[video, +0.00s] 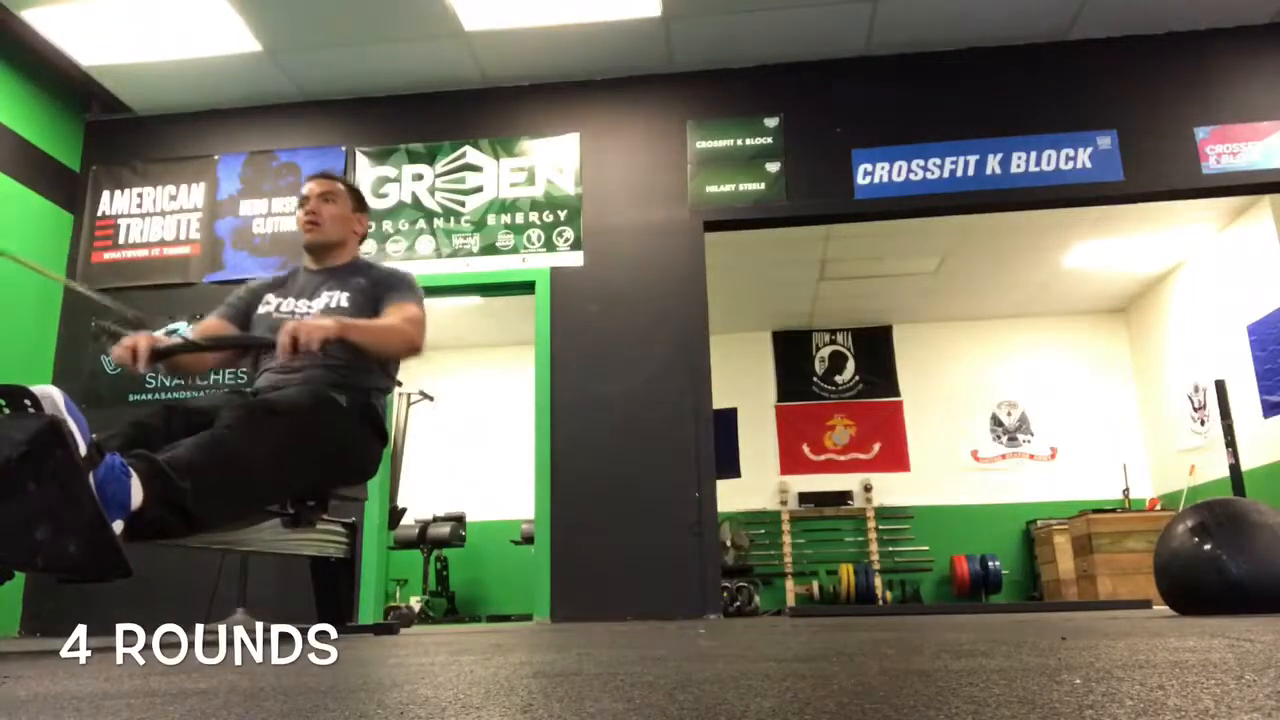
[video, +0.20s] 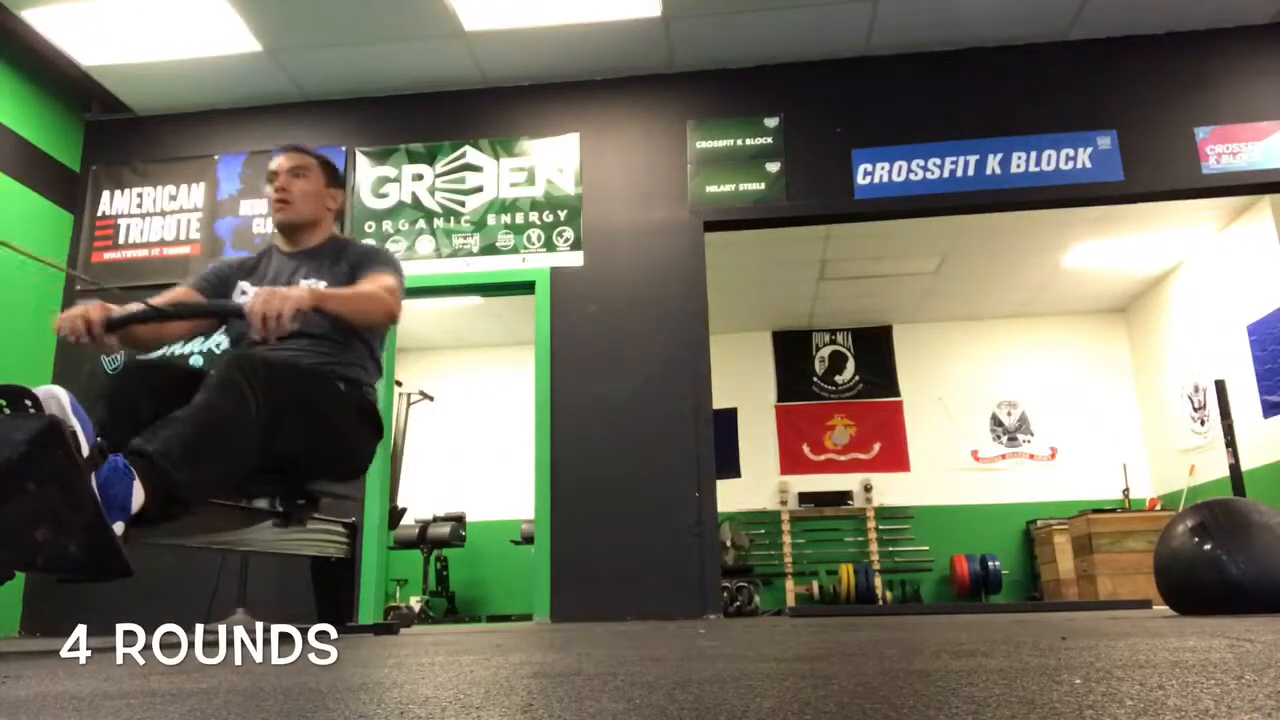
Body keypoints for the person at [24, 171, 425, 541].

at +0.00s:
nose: (310, 209)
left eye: (326, 200)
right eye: (304, 203)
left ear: (360, 223)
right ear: (298, 222)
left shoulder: (386, 279)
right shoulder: (266, 291)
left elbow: (409, 336)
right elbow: (205, 347)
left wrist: (338, 327)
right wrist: (160, 348)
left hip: (340, 412)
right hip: (262, 409)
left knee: (247, 440)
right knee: (168, 424)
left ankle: (125, 490)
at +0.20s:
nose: (279, 186)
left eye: (297, 176)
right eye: (273, 179)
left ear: (333, 199)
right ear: (265, 196)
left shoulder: (366, 258)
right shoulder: (244, 270)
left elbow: (385, 306)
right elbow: (165, 317)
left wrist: (313, 297)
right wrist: (109, 320)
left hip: (338, 412)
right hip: (247, 406)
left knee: (244, 372)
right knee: (142, 379)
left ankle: (125, 491)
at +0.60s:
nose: (156, 102)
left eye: (179, 88)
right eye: (147, 92)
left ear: (227, 117)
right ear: (138, 113)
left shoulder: (269, 182)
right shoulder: (119, 195)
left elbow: (290, 242)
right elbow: (17, 234)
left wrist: (171, 235)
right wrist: (93, 250)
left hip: (260, 406)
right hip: (139, 398)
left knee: (199, 269)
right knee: (30, 266)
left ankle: (121, 460)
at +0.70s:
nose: (118, 80)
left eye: (142, 65)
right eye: (110, 70)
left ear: (197, 95)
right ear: (100, 93)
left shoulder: (245, 164)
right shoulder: (85, 175)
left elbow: (255, 215)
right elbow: (4, 199)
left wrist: (114, 205)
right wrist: (38, 225)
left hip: (239, 398)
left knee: (187, 240)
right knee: (15, 241)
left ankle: (124, 452)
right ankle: (19, 436)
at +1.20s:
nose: (201, 107)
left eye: (226, 97)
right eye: (194, 99)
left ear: (267, 131)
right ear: (184, 124)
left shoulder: (299, 192)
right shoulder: (159, 201)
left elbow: (281, 234)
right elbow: (61, 241)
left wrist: (176, 195)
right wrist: (1, 231)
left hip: (274, 399)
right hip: (170, 396)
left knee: (200, 275)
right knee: (79, 275)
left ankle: (115, 468)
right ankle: (12, 440)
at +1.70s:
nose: (331, 237)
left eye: (347, 229)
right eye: (325, 231)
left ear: (378, 250)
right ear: (318, 248)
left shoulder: (401, 307)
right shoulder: (280, 309)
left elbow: (443, 382)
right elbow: (238, 376)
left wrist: (377, 349)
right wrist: (206, 359)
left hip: (341, 414)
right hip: (265, 409)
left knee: (256, 435)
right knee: (181, 425)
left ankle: (130, 493)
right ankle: (100, 462)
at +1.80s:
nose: (331, 239)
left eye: (346, 231)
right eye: (325, 234)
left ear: (379, 252)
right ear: (319, 253)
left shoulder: (407, 313)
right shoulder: (287, 313)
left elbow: (462, 395)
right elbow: (254, 385)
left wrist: (405, 354)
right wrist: (227, 363)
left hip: (345, 409)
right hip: (270, 403)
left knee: (250, 437)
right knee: (181, 419)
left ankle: (128, 493)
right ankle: (95, 466)